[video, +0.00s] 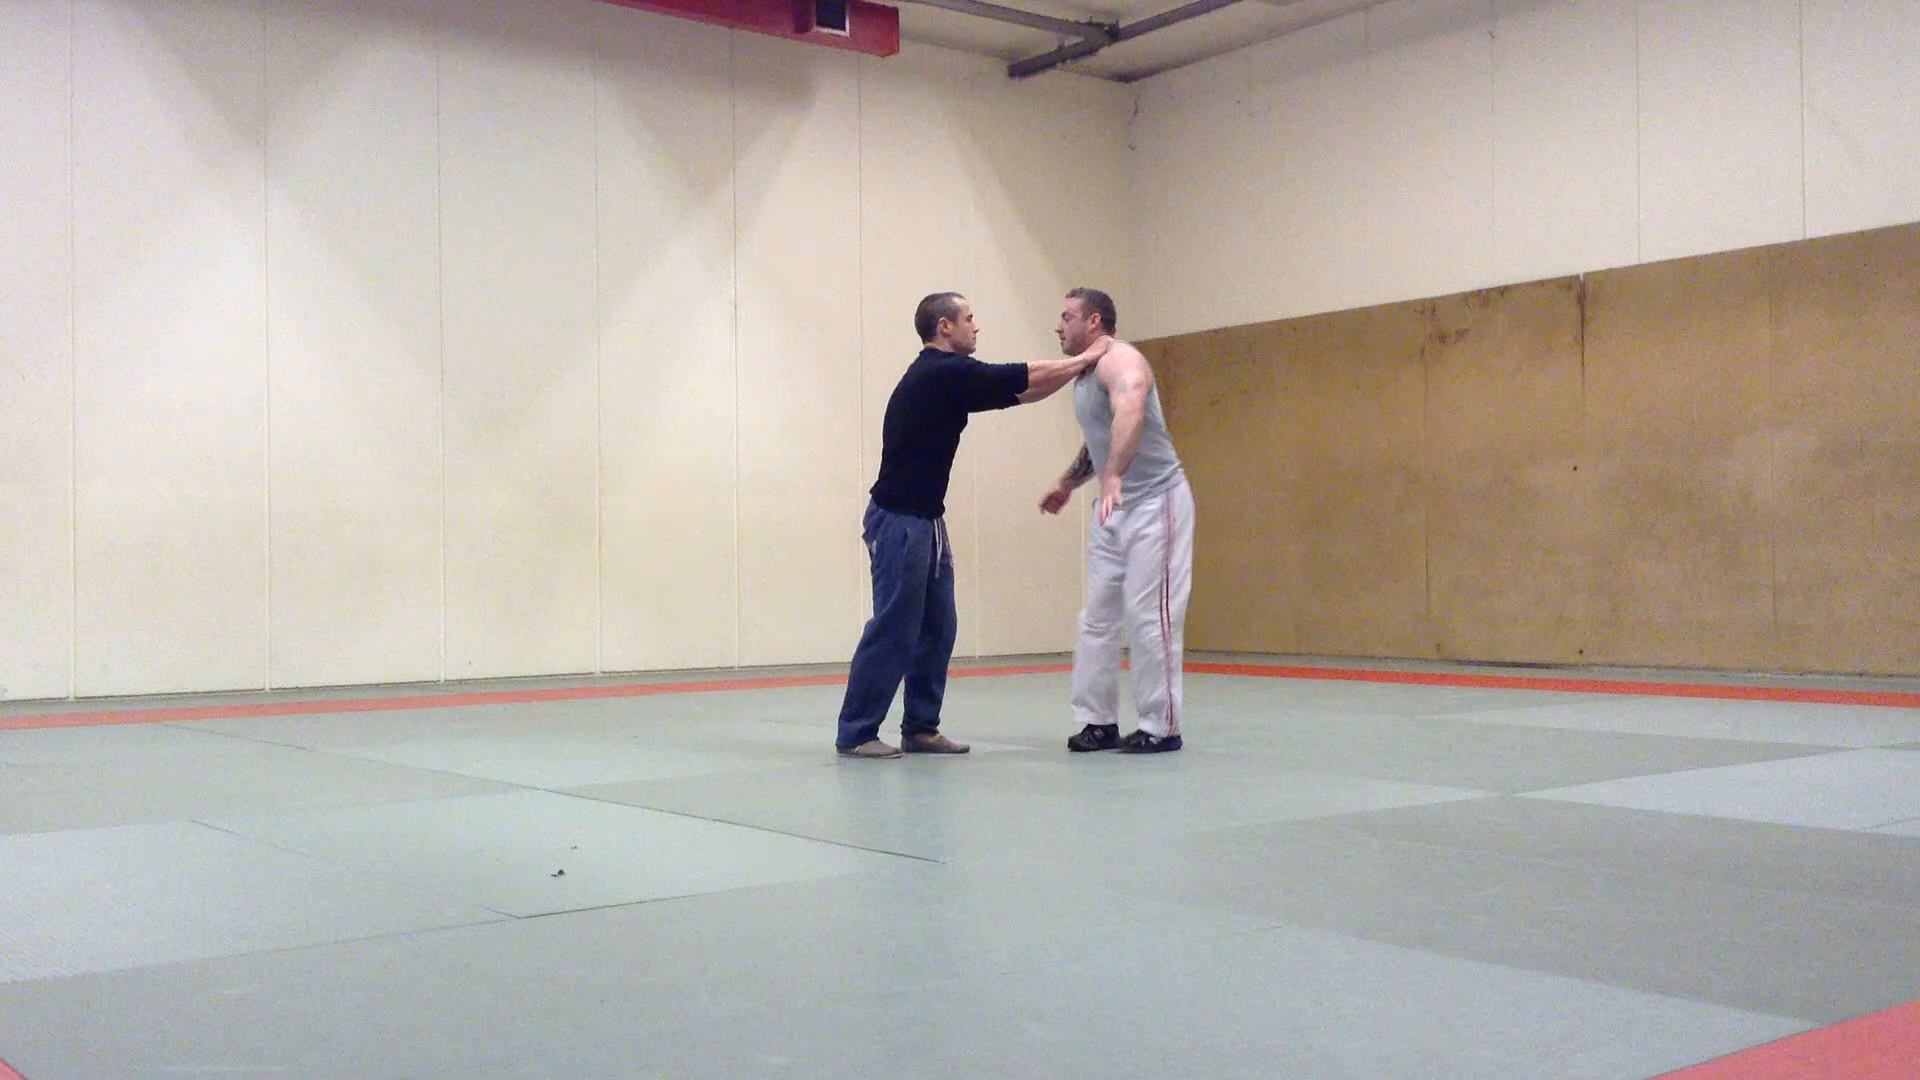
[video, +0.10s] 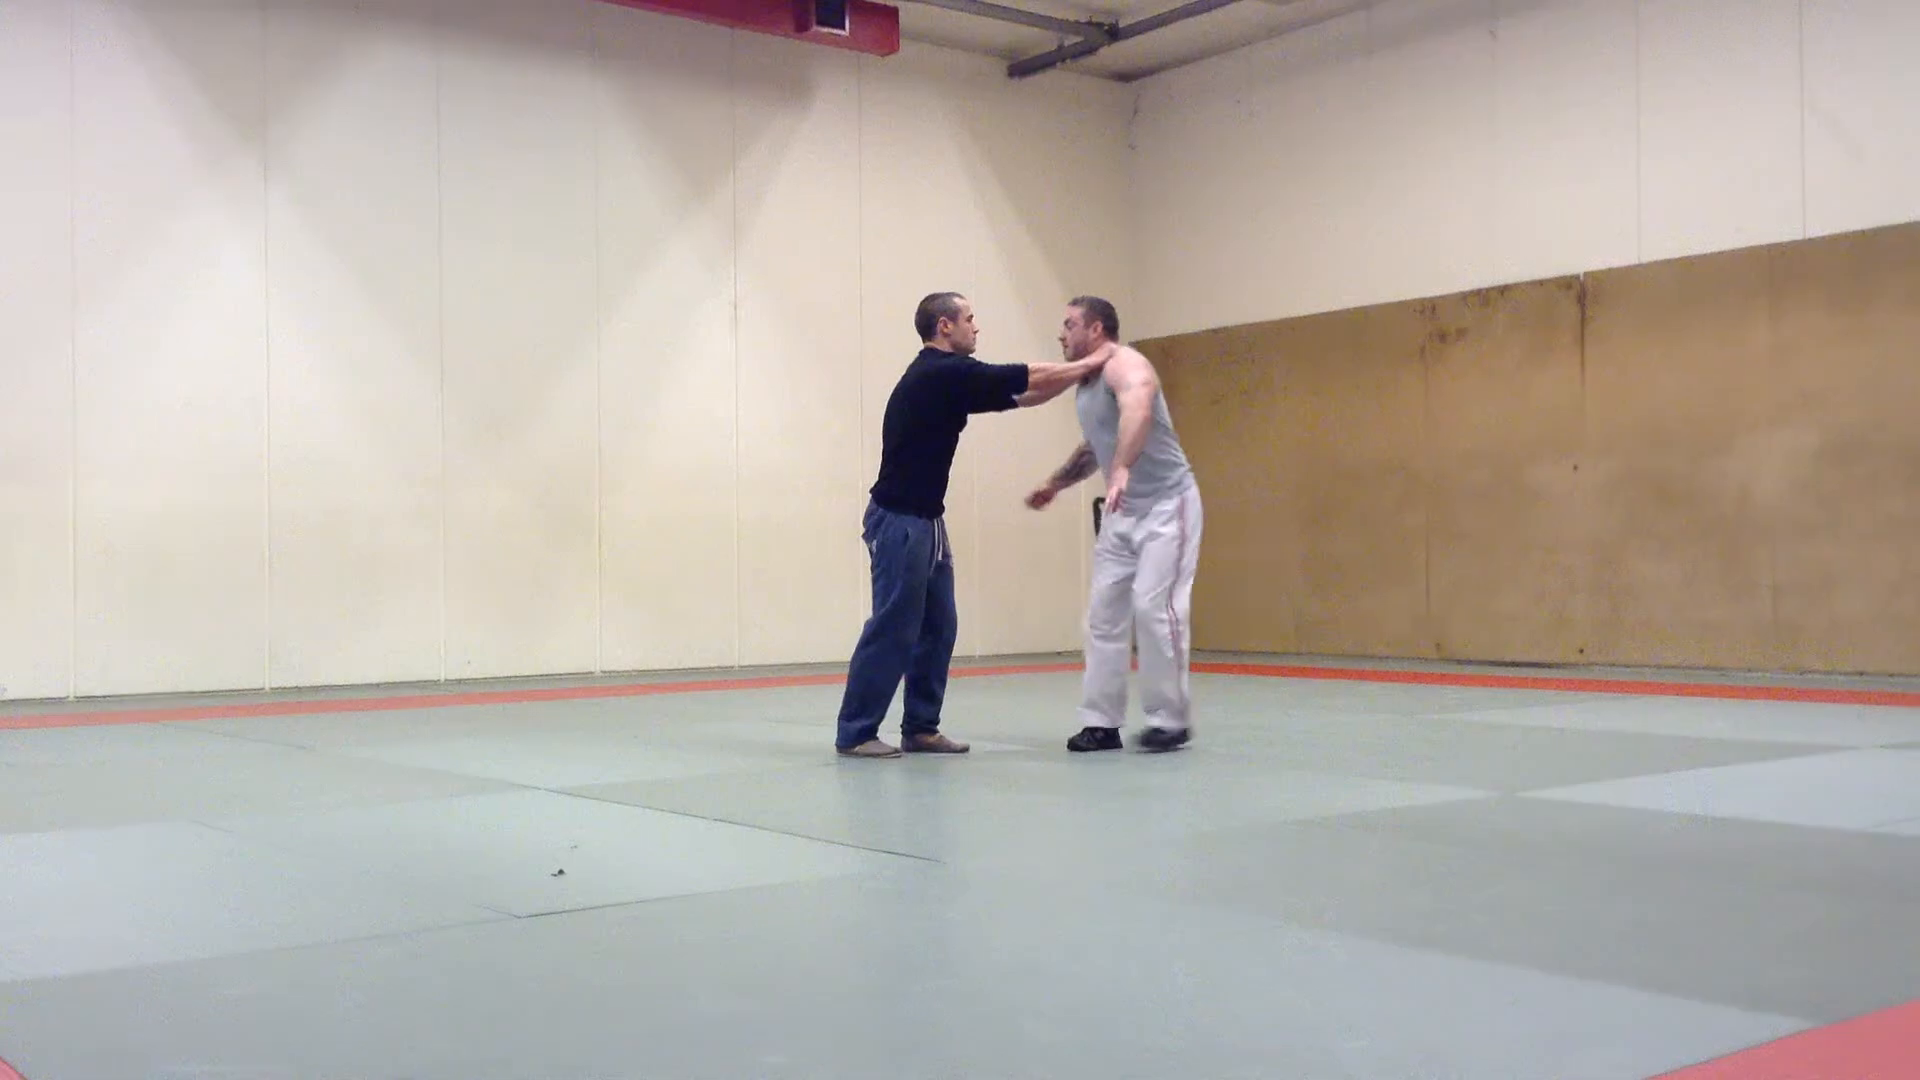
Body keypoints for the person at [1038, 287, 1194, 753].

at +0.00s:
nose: (1060, 326)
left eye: (1068, 317)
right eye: (1061, 318)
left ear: (1094, 321)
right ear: (1086, 321)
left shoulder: (1121, 358)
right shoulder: (1085, 373)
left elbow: (1132, 409)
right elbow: (1098, 442)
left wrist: (1113, 476)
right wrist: (1066, 485)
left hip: (1157, 503)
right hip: (1113, 507)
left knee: (1149, 615)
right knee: (1100, 615)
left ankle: (1160, 727)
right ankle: (1099, 722)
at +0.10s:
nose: (1063, 334)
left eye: (1070, 325)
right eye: (1064, 326)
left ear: (1096, 328)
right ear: (1088, 330)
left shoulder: (1126, 363)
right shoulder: (1085, 384)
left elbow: (1139, 407)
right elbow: (1095, 447)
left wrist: (1121, 466)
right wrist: (1054, 485)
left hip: (1168, 506)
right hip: (1123, 510)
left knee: (1154, 608)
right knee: (1105, 613)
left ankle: (1170, 721)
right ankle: (1102, 723)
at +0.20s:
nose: (1075, 344)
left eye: (1081, 336)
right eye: (1075, 337)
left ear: (1107, 338)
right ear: (1100, 339)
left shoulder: (1139, 371)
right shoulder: (1096, 396)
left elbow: (1151, 408)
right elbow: (1084, 452)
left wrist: (1149, 452)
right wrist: (1032, 463)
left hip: (1180, 515)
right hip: (1132, 518)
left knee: (1184, 618)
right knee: (1102, 616)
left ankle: (1232, 707)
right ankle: (1102, 725)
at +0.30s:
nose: (1090, 352)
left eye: (1096, 343)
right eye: (1090, 344)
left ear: (1122, 345)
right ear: (1114, 346)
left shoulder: (1148, 376)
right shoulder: (1110, 402)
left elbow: (1183, 395)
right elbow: (1080, 436)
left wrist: (1202, 425)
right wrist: (1038, 406)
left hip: (1195, 530)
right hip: (1139, 530)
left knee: (1239, 625)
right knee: (1102, 616)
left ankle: (1295, 706)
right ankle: (1101, 726)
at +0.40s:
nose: (1111, 352)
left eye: (1118, 343)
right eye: (1110, 344)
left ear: (1145, 346)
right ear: (1118, 350)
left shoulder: (1172, 378)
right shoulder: (1120, 395)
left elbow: (1223, 383)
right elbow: (1079, 405)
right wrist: (1061, 366)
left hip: (1216, 530)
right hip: (1155, 528)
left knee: (1280, 619)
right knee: (1108, 611)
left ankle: (1329, 715)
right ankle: (1103, 723)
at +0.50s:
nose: (1140, 345)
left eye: (1149, 336)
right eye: (1138, 337)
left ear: (1179, 341)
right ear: (1138, 345)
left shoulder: (1214, 374)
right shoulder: (1141, 383)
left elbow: (1292, 389)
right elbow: (1110, 383)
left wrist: (1344, 438)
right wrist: (1101, 369)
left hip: (1235, 527)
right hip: (1169, 527)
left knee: (1295, 612)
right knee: (1122, 606)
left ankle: (1332, 712)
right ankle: (1104, 717)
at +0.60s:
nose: (1194, 342)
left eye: (1202, 333)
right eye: (1186, 334)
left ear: (1219, 339)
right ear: (1174, 342)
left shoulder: (1255, 376)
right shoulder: (1158, 384)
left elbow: (1312, 409)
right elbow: (1088, 389)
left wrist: (1339, 472)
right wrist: (1098, 366)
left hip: (1247, 526)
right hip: (1178, 526)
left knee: (1303, 604)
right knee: (1128, 606)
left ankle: (1332, 711)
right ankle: (1101, 712)